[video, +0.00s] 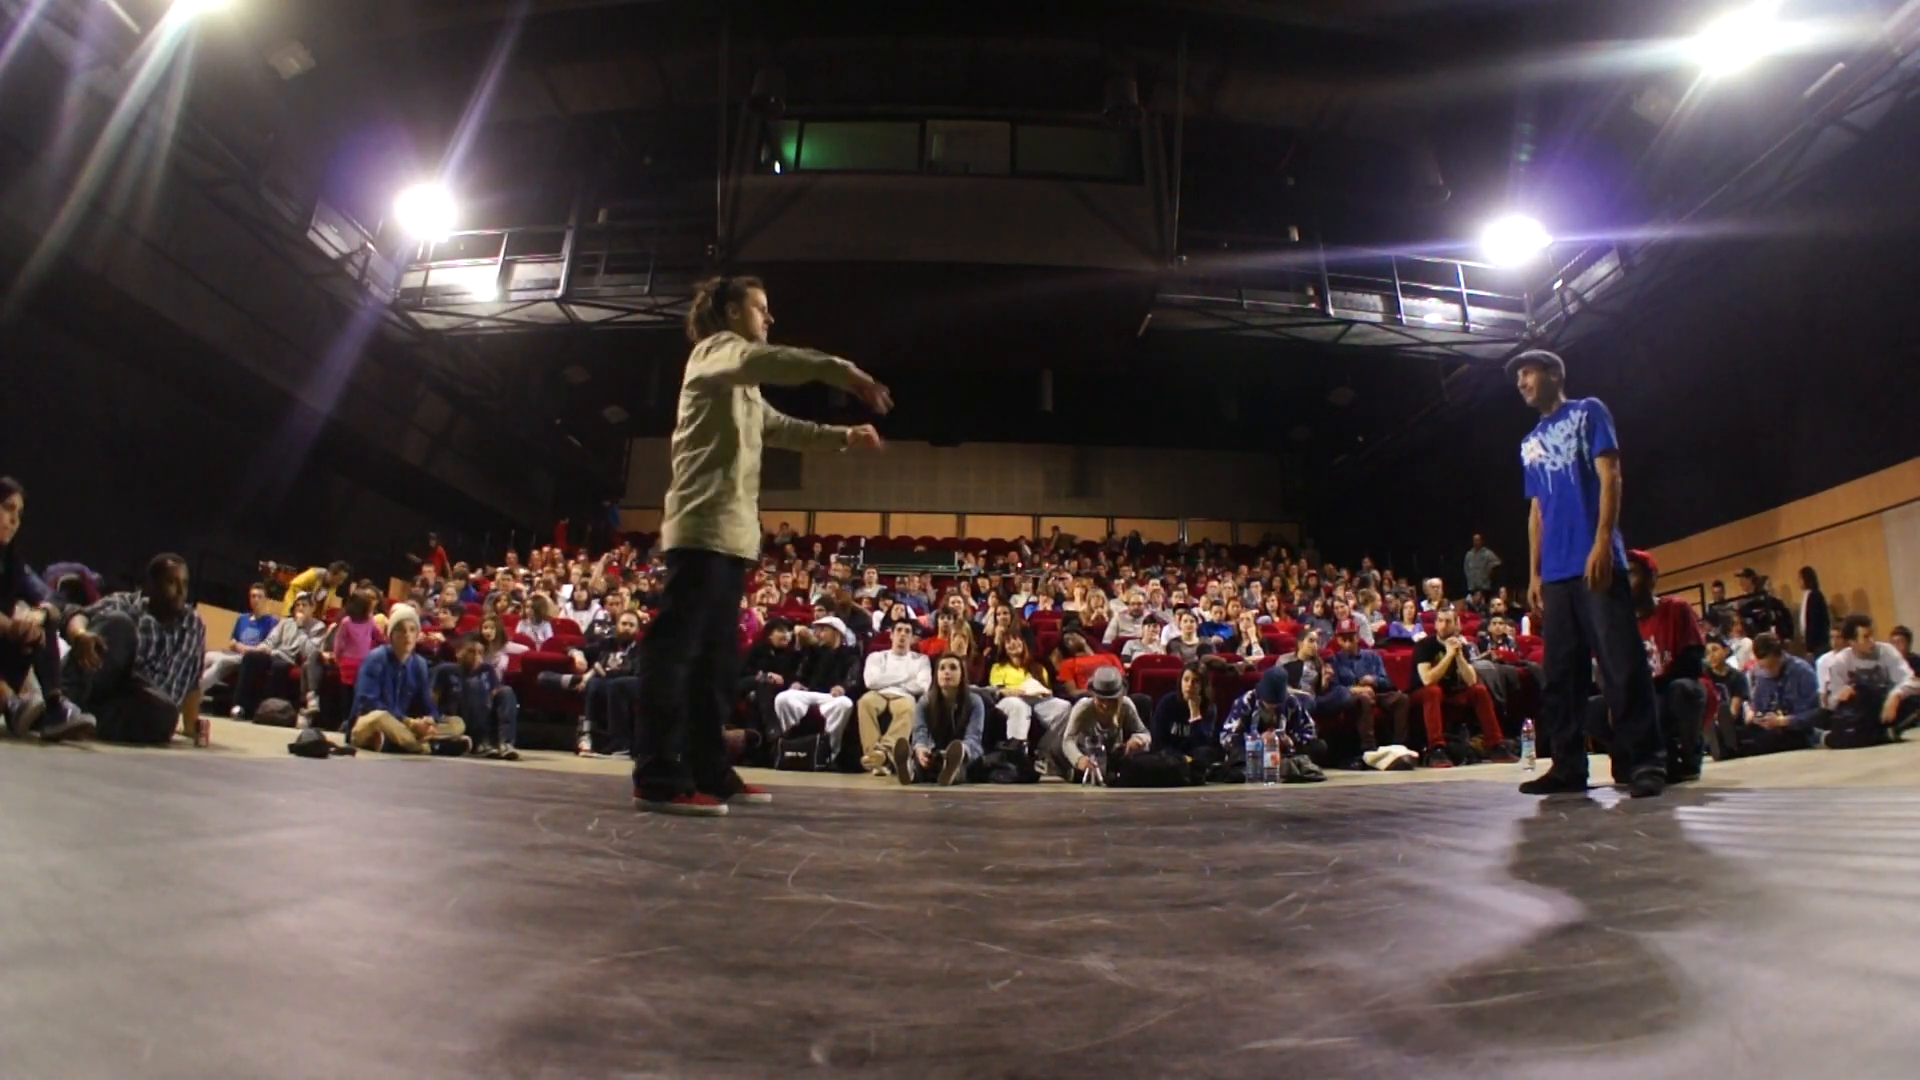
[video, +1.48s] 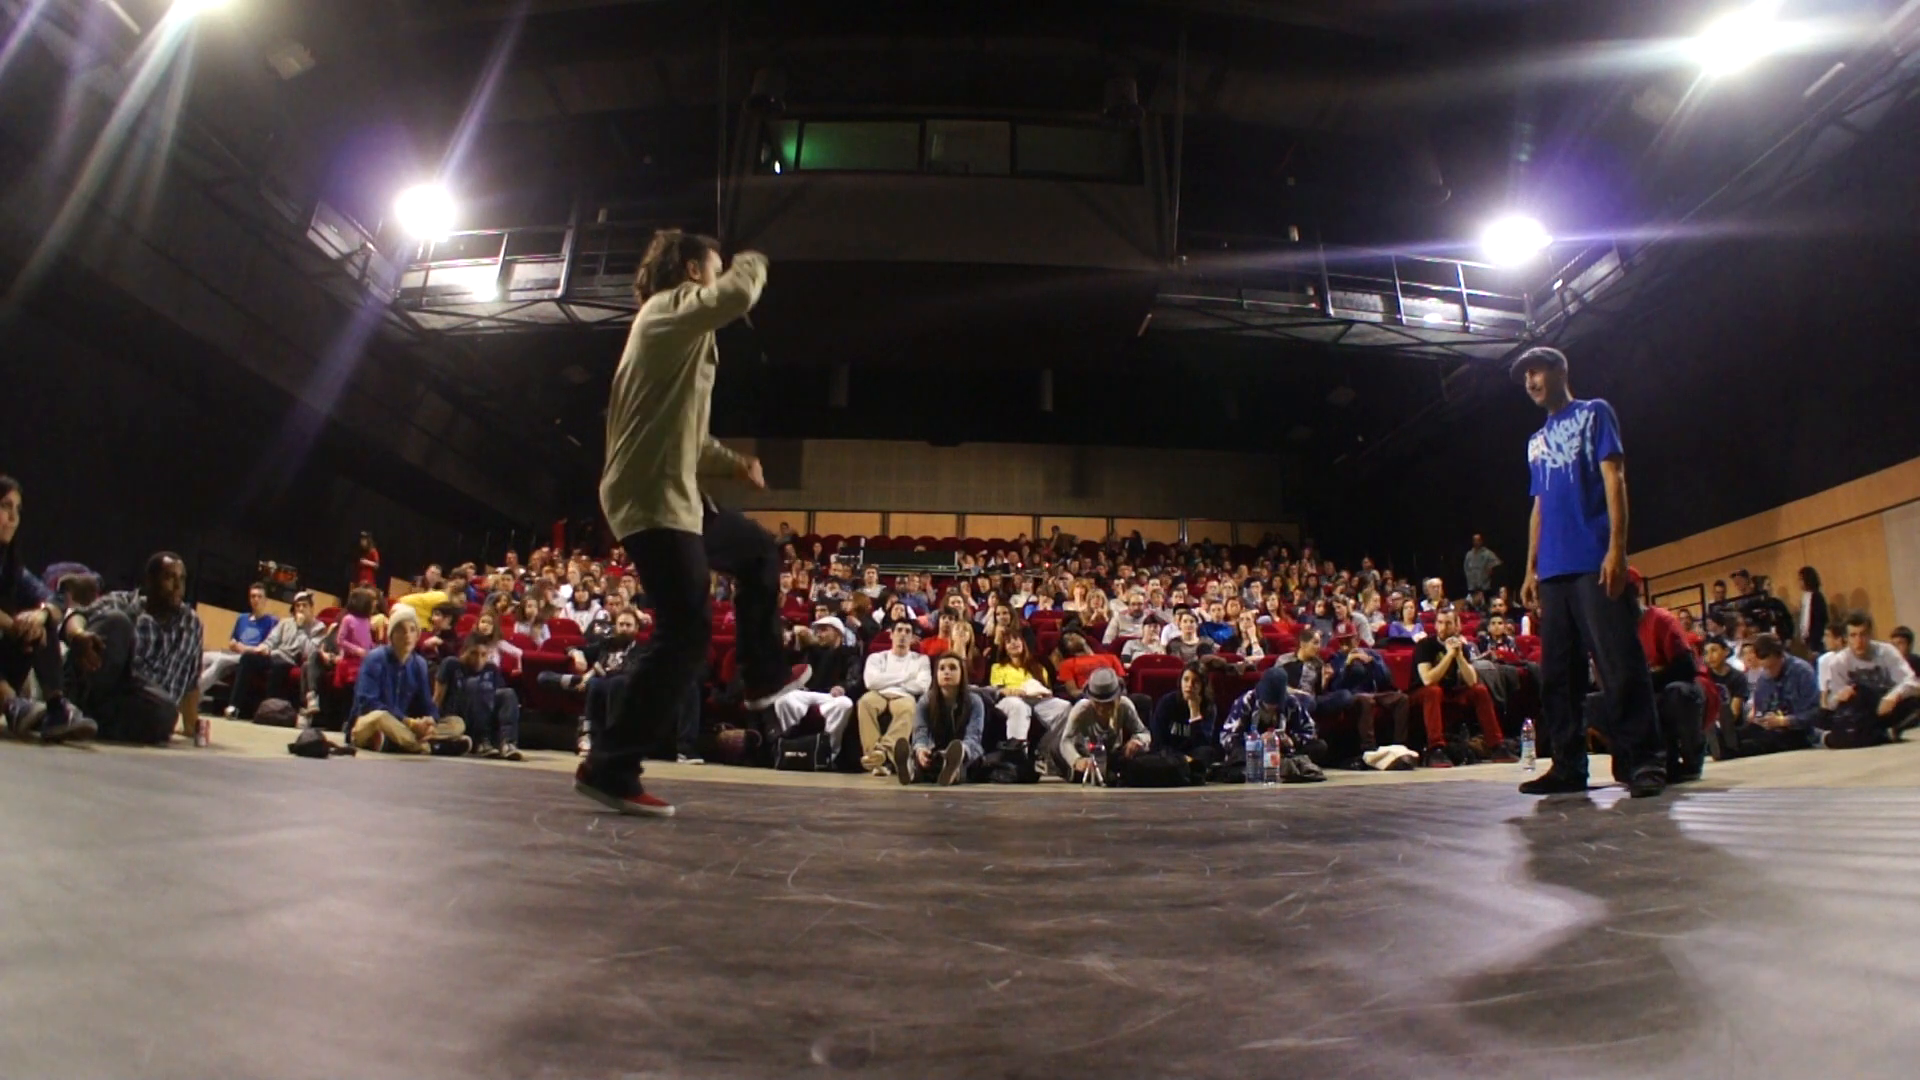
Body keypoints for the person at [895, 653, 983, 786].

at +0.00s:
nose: (947, 672)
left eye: (953, 668)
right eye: (942, 668)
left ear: (962, 673)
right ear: (936, 674)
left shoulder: (974, 701)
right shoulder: (925, 701)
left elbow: (974, 738)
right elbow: (920, 730)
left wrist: (960, 750)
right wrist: (920, 748)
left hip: (961, 752)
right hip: (933, 750)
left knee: (955, 764)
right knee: (918, 762)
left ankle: (949, 774)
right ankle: (909, 769)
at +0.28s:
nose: (947, 672)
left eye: (953, 668)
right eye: (942, 668)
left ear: (962, 673)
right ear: (936, 674)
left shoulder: (974, 701)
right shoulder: (924, 702)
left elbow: (974, 738)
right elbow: (920, 731)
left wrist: (960, 751)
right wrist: (920, 748)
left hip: (961, 752)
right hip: (933, 750)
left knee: (955, 763)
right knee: (918, 762)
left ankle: (949, 774)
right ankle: (909, 769)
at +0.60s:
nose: (947, 672)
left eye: (953, 668)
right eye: (942, 668)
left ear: (962, 673)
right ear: (935, 673)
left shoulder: (974, 701)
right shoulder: (925, 702)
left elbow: (974, 738)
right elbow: (920, 731)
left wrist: (960, 750)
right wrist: (920, 748)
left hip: (961, 752)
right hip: (933, 750)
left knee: (955, 763)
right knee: (918, 762)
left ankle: (949, 773)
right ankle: (909, 769)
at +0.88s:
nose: (947, 672)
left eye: (953, 668)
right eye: (942, 668)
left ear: (962, 673)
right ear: (935, 674)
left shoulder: (974, 701)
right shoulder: (924, 702)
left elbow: (974, 737)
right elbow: (920, 731)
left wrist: (960, 750)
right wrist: (920, 748)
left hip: (961, 752)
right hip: (933, 750)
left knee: (955, 763)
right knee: (918, 762)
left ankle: (949, 774)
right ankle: (909, 769)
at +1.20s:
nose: (947, 672)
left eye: (953, 668)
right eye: (942, 668)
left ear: (962, 673)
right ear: (936, 674)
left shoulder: (974, 701)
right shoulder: (925, 701)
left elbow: (974, 737)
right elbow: (920, 730)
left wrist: (961, 751)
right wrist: (920, 747)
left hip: (962, 751)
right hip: (933, 750)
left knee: (955, 763)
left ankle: (949, 773)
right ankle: (910, 768)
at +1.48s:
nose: (947, 672)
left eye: (952, 668)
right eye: (942, 668)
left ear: (962, 673)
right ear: (935, 673)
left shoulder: (974, 701)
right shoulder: (925, 702)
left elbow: (974, 738)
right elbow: (920, 732)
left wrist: (960, 751)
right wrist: (920, 748)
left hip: (962, 752)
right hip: (933, 750)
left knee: (955, 763)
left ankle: (949, 773)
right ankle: (910, 768)